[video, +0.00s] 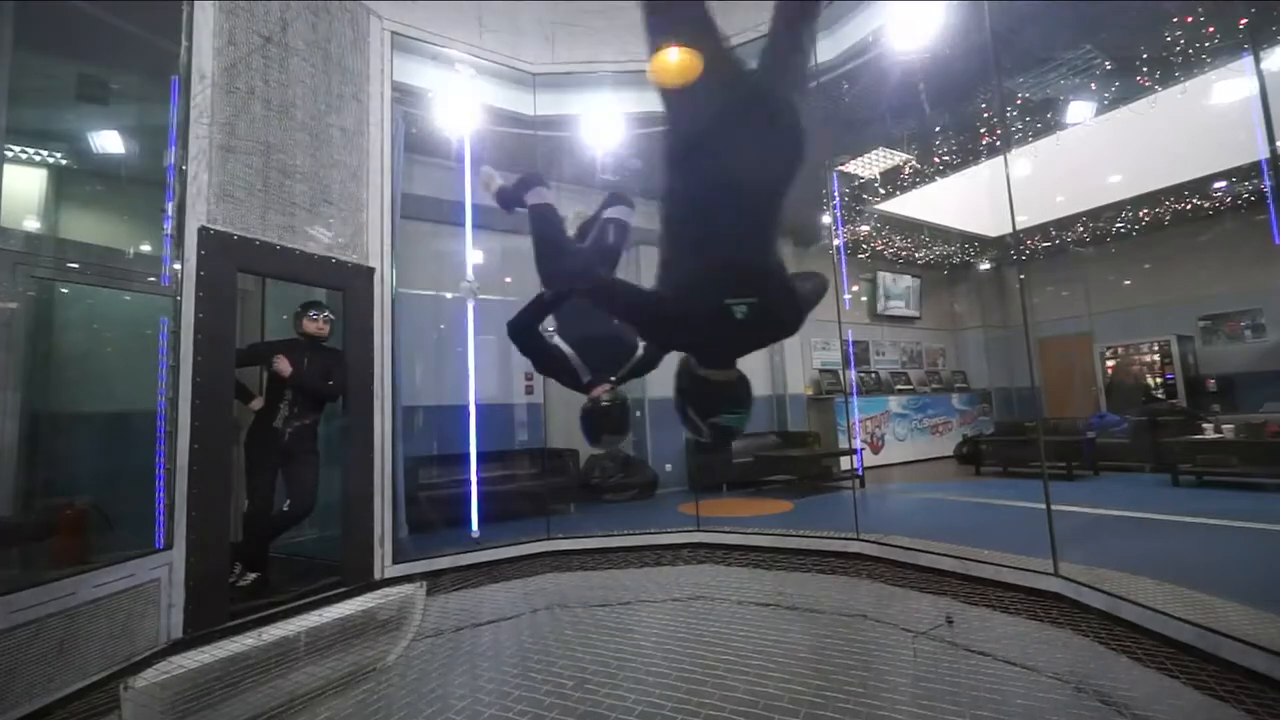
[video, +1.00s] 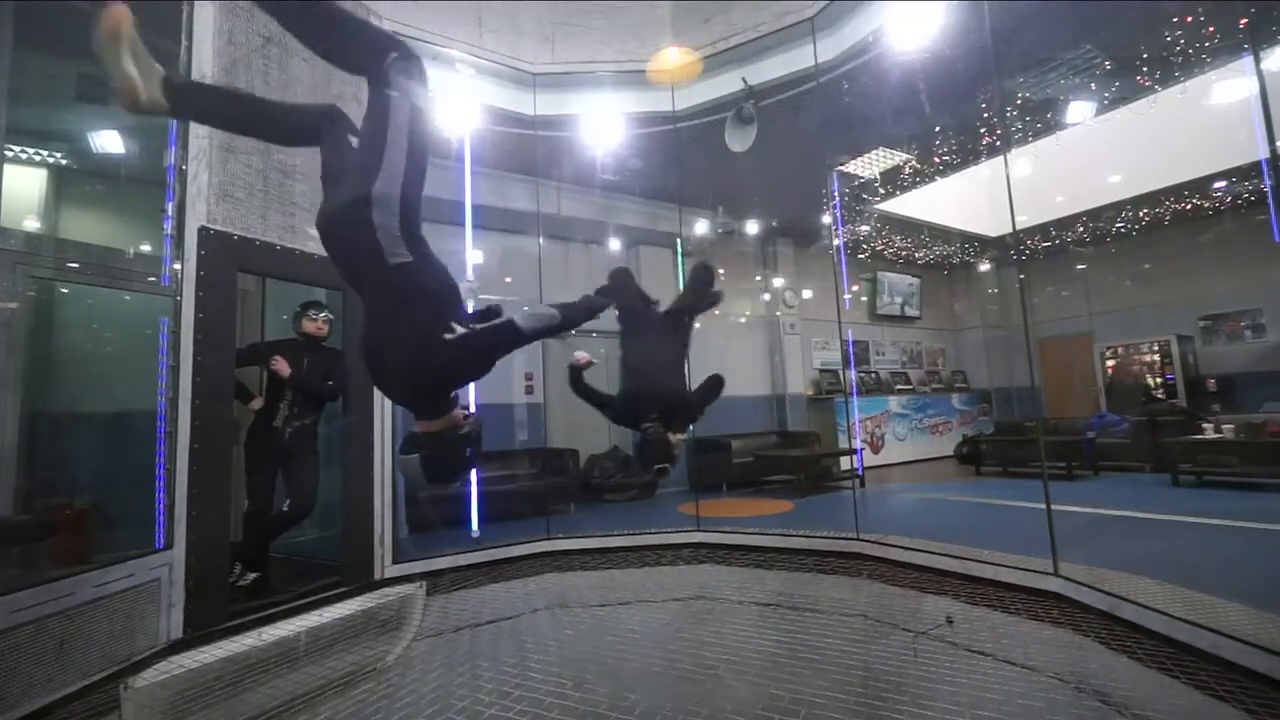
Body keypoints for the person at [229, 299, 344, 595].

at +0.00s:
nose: (321, 324)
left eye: (326, 320)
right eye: (313, 318)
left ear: (331, 325)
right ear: (300, 323)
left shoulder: (334, 357)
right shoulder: (279, 348)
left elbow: (333, 392)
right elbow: (224, 361)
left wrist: (292, 374)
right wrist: (250, 398)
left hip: (302, 440)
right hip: (264, 436)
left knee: (302, 505)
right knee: (260, 504)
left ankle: (242, 552)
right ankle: (255, 569)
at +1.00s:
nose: (319, 324)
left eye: (325, 320)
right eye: (312, 319)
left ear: (330, 326)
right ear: (299, 323)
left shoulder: (334, 358)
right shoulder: (278, 348)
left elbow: (333, 392)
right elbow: (224, 361)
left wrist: (291, 375)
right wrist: (249, 398)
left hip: (302, 441)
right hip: (264, 436)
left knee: (302, 504)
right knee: (260, 504)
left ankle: (242, 553)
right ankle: (254, 569)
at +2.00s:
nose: (325, 314)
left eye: (328, 311)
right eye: (318, 309)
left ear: (331, 318)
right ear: (301, 313)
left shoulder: (331, 353)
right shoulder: (271, 344)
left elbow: (341, 394)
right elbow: (249, 382)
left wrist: (324, 368)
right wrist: (287, 364)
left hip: (314, 438)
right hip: (277, 436)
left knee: (298, 501)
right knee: (270, 499)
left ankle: (286, 571)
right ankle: (267, 564)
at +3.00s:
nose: (338, 316)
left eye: (344, 313)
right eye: (333, 310)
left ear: (348, 321)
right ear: (317, 311)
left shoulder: (342, 348)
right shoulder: (289, 336)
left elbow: (350, 395)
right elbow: (247, 355)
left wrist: (360, 361)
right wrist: (298, 350)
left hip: (318, 437)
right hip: (282, 435)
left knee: (303, 504)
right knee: (281, 502)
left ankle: (286, 572)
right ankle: (258, 571)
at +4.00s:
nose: (314, 315)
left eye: (318, 310)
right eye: (306, 310)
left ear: (321, 318)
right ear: (288, 315)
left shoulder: (318, 352)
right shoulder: (262, 345)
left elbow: (340, 357)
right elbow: (218, 371)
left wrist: (357, 355)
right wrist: (262, 363)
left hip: (298, 440)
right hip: (259, 434)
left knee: (303, 516)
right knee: (226, 452)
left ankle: (282, 575)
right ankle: (211, 529)